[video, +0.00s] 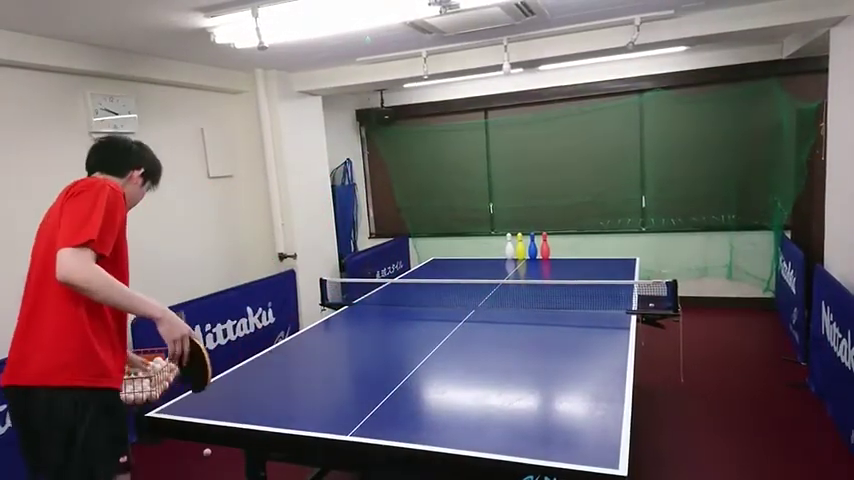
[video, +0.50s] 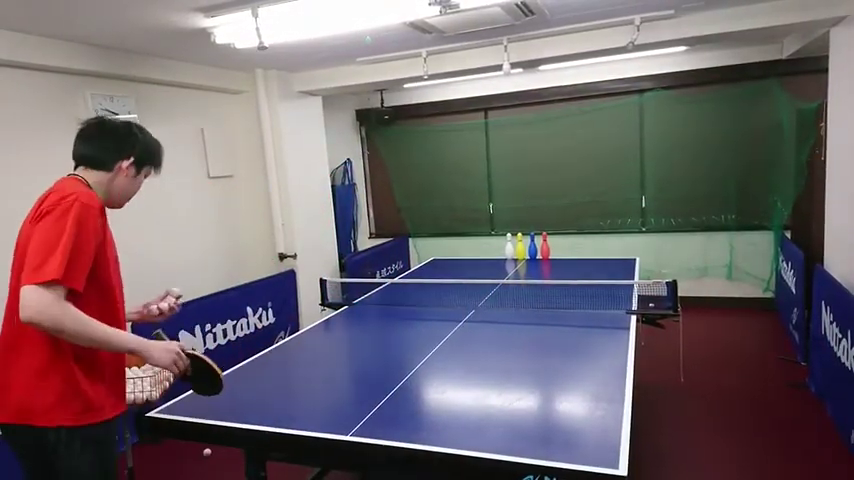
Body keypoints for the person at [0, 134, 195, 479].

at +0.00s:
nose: (138, 201)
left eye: (145, 193)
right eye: (144, 191)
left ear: (96, 167)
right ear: (135, 175)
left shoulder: (65, 202)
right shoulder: (101, 190)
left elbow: (64, 311)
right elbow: (74, 267)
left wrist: (123, 357)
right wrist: (161, 313)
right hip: (71, 384)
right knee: (97, 471)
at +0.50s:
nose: (137, 191)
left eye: (144, 181)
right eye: (142, 179)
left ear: (87, 157)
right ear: (125, 167)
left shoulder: (65, 197)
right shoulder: (76, 203)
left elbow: (68, 310)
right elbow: (38, 306)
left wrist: (137, 314)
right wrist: (145, 348)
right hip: (62, 418)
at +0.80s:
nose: (139, 172)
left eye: (142, 160)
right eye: (139, 158)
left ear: (106, 156)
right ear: (109, 154)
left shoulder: (83, 209)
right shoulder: (37, 214)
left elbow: (93, 307)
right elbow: (23, 339)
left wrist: (178, 311)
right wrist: (150, 352)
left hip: (103, 439)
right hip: (55, 454)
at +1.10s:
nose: (167, 171)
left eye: (168, 159)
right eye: (163, 158)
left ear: (125, 157)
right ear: (125, 156)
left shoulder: (126, 207)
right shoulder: (37, 225)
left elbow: (144, 296)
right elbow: (45, 349)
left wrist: (227, 312)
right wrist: (175, 345)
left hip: (144, 431)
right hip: (74, 459)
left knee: (179, 473)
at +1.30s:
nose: (200, 178)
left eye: (203, 167)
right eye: (196, 165)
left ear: (157, 158)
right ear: (156, 156)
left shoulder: (168, 210)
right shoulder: (70, 219)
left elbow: (196, 292)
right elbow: (81, 344)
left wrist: (270, 319)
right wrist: (205, 344)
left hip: (170, 422)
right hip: (99, 449)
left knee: (200, 472)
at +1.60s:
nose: (248, 195)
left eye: (251, 186)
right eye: (245, 183)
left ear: (208, 168)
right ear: (207, 166)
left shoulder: (213, 214)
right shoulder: (117, 216)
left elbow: (231, 293)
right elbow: (126, 338)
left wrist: (283, 329)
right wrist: (246, 343)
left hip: (182, 415)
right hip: (114, 432)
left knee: (204, 472)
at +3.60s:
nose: (254, 220)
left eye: (260, 210)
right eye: (254, 207)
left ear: (218, 191)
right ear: (217, 189)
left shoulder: (217, 229)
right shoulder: (124, 239)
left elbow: (236, 311)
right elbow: (143, 360)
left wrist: (303, 348)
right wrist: (252, 379)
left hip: (172, 424)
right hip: (103, 445)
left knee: (196, 469)